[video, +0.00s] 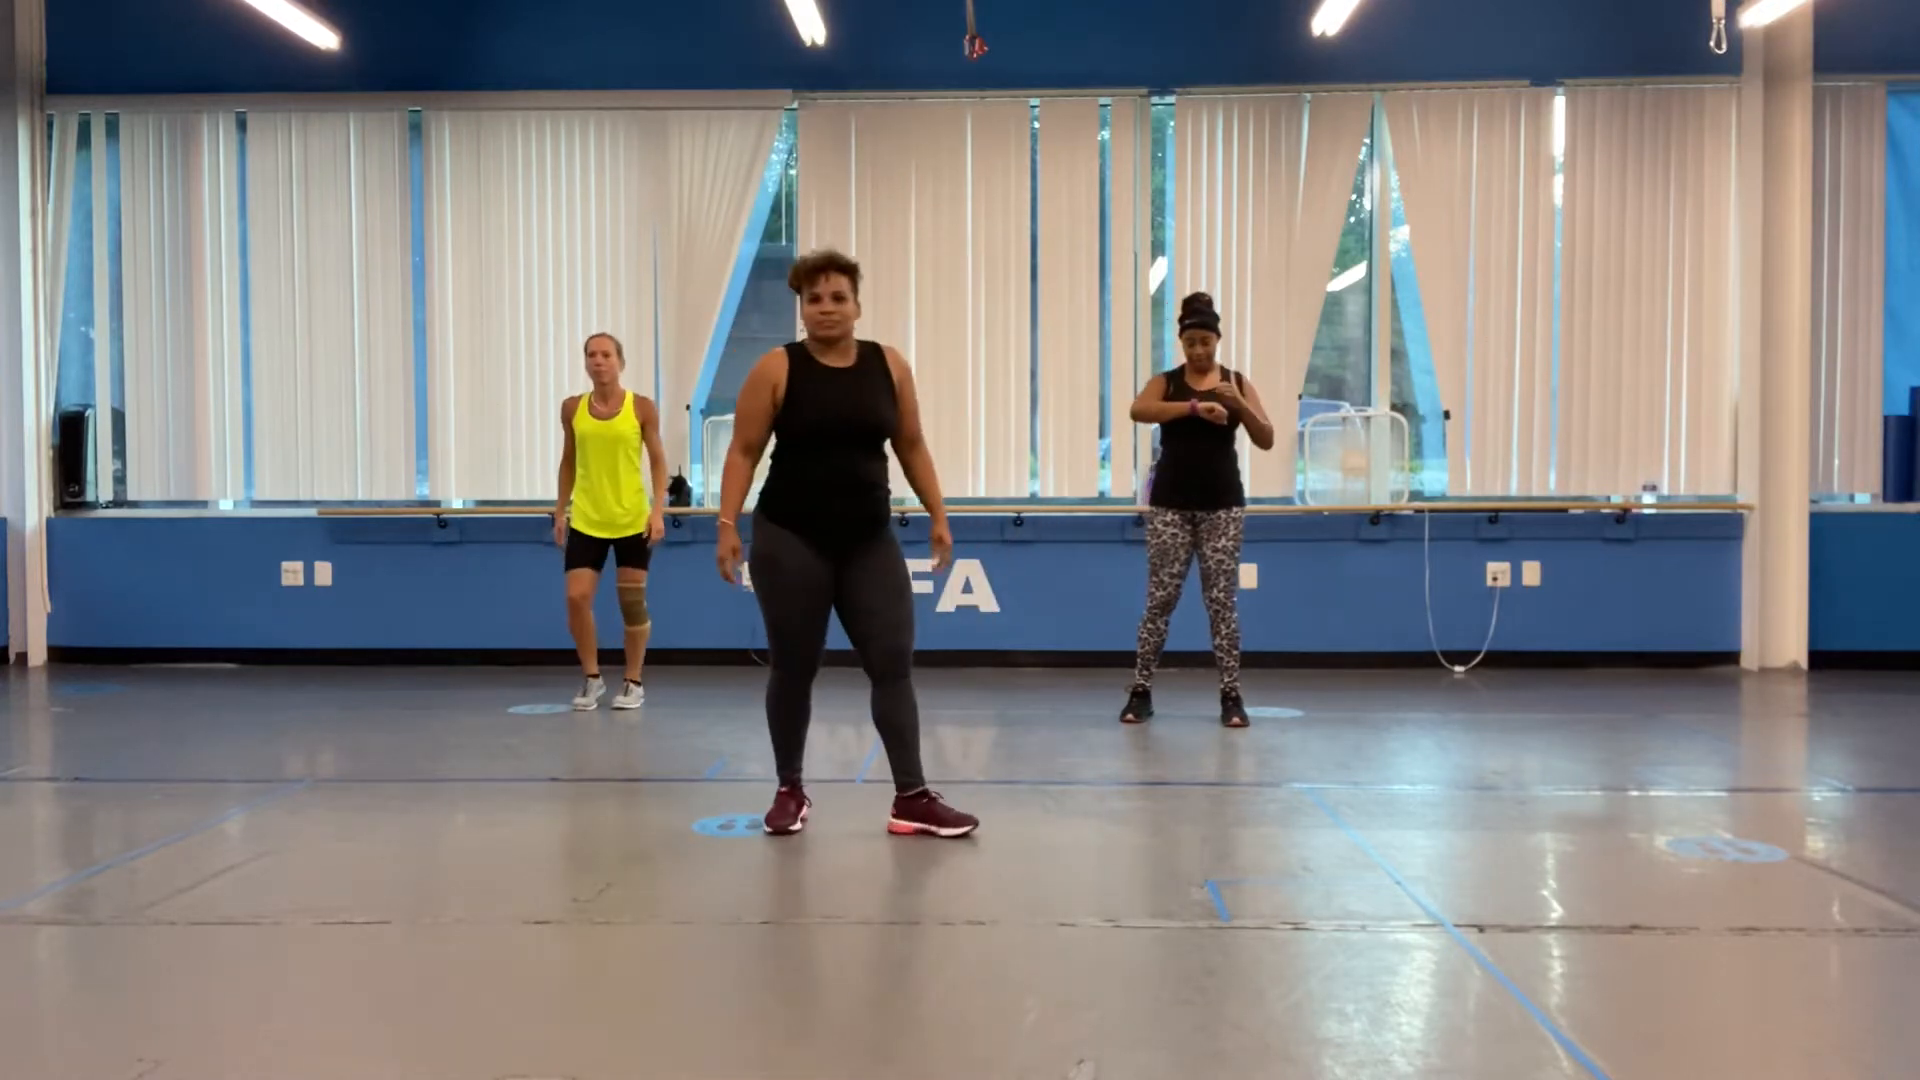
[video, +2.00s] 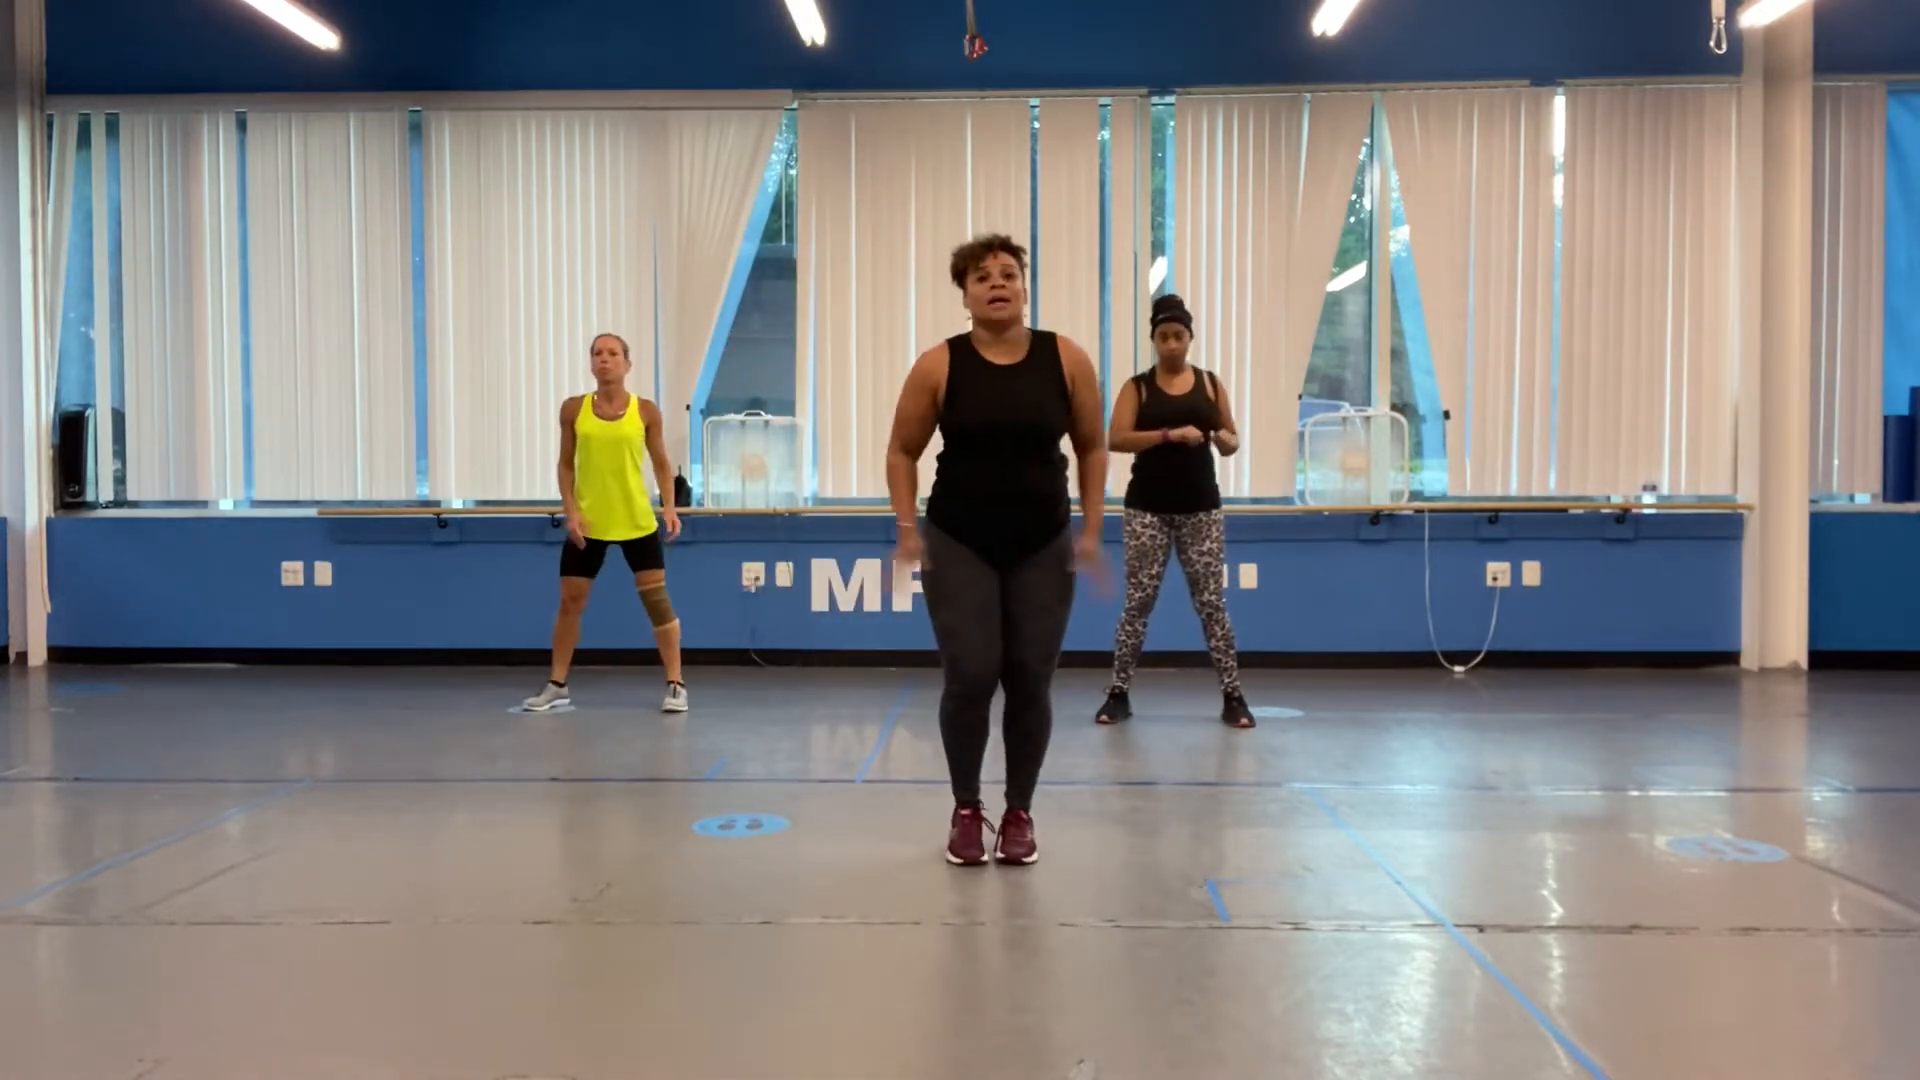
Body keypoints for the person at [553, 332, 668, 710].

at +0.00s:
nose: (598, 361)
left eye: (605, 355)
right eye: (592, 356)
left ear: (620, 363)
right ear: (585, 364)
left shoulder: (640, 406)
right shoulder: (573, 408)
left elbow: (658, 460)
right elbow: (568, 460)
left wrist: (658, 509)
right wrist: (561, 508)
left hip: (632, 517)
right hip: (586, 518)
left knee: (632, 598)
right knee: (577, 598)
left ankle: (633, 682)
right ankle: (592, 679)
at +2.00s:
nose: (603, 359)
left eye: (611, 353)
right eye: (598, 353)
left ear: (627, 363)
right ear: (590, 363)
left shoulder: (646, 411)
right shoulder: (573, 408)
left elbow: (661, 462)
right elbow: (565, 463)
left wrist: (669, 505)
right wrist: (570, 510)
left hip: (637, 519)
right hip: (590, 520)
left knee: (656, 600)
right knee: (570, 601)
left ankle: (675, 684)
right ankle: (557, 685)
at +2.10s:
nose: (604, 359)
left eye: (612, 353)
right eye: (598, 354)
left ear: (628, 364)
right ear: (591, 363)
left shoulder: (648, 411)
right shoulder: (574, 408)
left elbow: (661, 461)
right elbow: (566, 463)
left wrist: (665, 508)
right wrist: (575, 507)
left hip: (639, 519)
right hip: (592, 520)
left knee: (657, 600)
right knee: (571, 602)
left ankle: (675, 684)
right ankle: (557, 685)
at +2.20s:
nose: (605, 359)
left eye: (613, 354)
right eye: (599, 354)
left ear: (629, 364)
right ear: (592, 364)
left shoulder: (649, 411)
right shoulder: (575, 410)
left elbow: (657, 465)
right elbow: (570, 466)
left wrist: (658, 518)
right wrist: (578, 513)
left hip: (641, 521)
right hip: (594, 522)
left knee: (659, 602)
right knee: (573, 602)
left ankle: (675, 684)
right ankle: (557, 685)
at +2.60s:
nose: (561, 369)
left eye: (570, 364)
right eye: (556, 363)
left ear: (586, 375)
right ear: (550, 373)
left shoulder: (607, 412)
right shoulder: (539, 412)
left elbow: (652, 441)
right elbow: (535, 465)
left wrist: (695, 464)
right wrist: (571, 460)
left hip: (612, 524)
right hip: (568, 527)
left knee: (640, 602)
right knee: (542, 602)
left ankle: (686, 678)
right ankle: (529, 685)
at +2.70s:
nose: (549, 371)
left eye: (558, 367)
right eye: (545, 366)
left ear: (575, 378)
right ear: (538, 377)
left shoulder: (597, 419)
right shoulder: (527, 421)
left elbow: (628, 458)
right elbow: (522, 477)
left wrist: (664, 472)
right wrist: (555, 464)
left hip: (603, 524)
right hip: (560, 527)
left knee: (616, 601)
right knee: (529, 598)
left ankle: (666, 672)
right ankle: (527, 685)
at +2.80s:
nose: (548, 371)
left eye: (557, 365)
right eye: (543, 366)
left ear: (575, 376)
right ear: (538, 378)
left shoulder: (599, 418)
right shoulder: (528, 423)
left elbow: (613, 469)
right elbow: (518, 473)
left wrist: (616, 496)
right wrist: (533, 492)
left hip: (601, 523)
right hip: (556, 525)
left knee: (612, 599)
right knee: (526, 598)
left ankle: (639, 674)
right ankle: (527, 685)